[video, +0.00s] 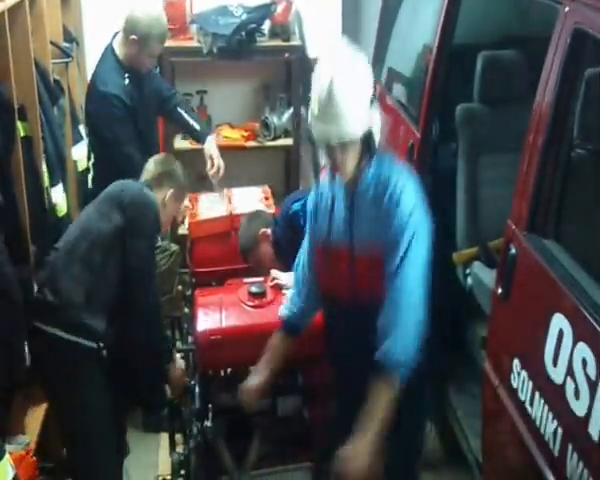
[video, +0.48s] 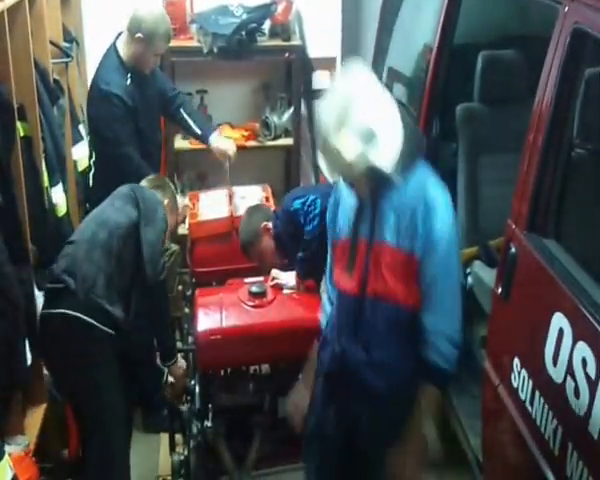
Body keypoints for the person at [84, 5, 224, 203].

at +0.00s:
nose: (154, 64)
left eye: (157, 57)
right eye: (151, 56)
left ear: (133, 42)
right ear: (133, 44)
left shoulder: (135, 60)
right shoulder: (109, 92)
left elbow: (171, 103)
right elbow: (132, 164)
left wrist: (207, 139)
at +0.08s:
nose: (155, 63)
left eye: (157, 56)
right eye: (152, 56)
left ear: (134, 42)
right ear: (133, 43)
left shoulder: (135, 60)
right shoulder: (108, 91)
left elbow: (171, 102)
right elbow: (130, 164)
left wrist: (210, 136)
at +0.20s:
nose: (156, 63)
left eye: (159, 56)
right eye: (154, 55)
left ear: (137, 41)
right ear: (136, 42)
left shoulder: (137, 60)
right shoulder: (108, 91)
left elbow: (174, 100)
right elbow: (126, 159)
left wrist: (215, 132)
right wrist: (160, 193)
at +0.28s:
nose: (158, 64)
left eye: (160, 56)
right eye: (155, 56)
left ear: (138, 41)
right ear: (137, 42)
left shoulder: (138, 61)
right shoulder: (108, 92)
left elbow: (175, 100)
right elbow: (127, 160)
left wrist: (216, 133)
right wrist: (163, 194)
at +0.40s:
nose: (158, 63)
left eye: (161, 56)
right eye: (156, 55)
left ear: (139, 41)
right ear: (138, 41)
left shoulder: (137, 61)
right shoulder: (108, 92)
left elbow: (175, 101)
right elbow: (126, 160)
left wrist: (213, 136)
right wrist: (162, 193)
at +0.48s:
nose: (158, 63)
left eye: (161, 56)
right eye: (156, 55)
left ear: (139, 41)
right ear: (138, 41)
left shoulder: (137, 61)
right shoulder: (109, 91)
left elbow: (174, 102)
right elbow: (126, 160)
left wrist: (212, 137)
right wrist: (163, 193)